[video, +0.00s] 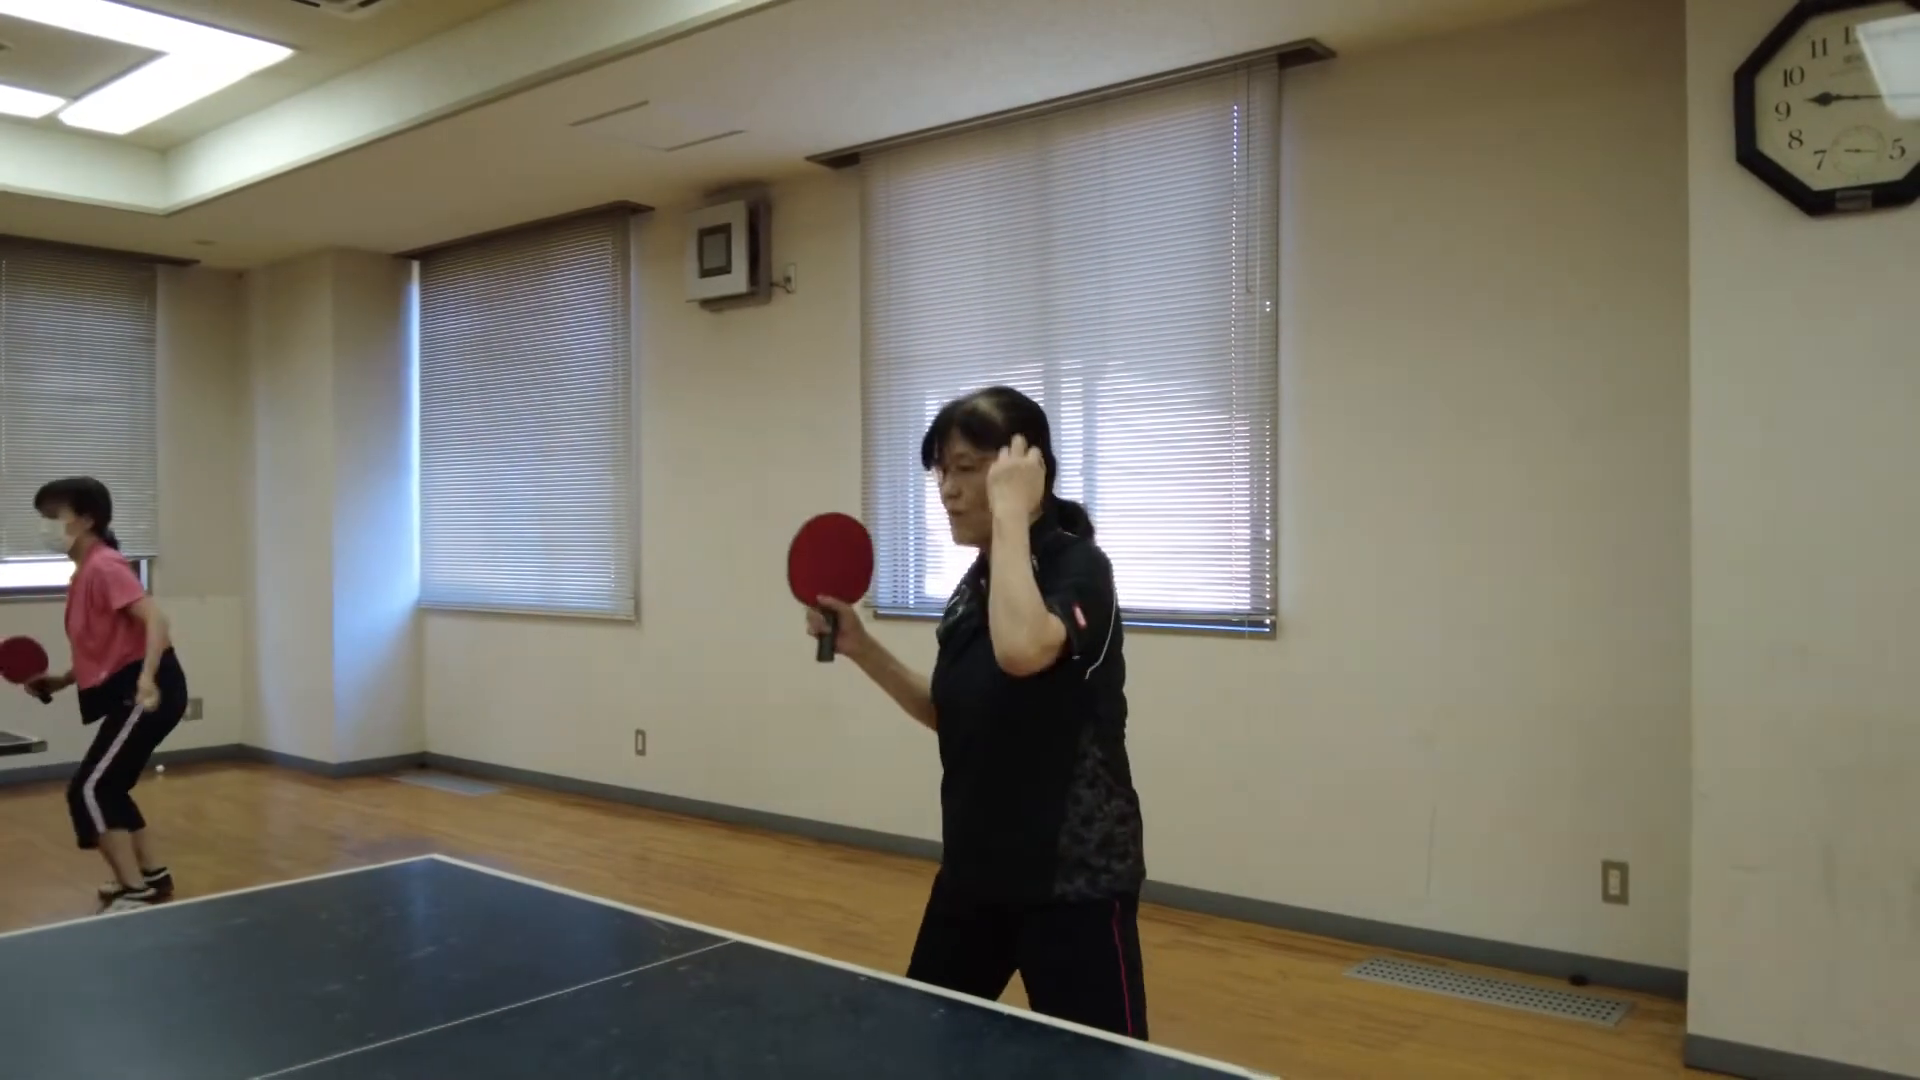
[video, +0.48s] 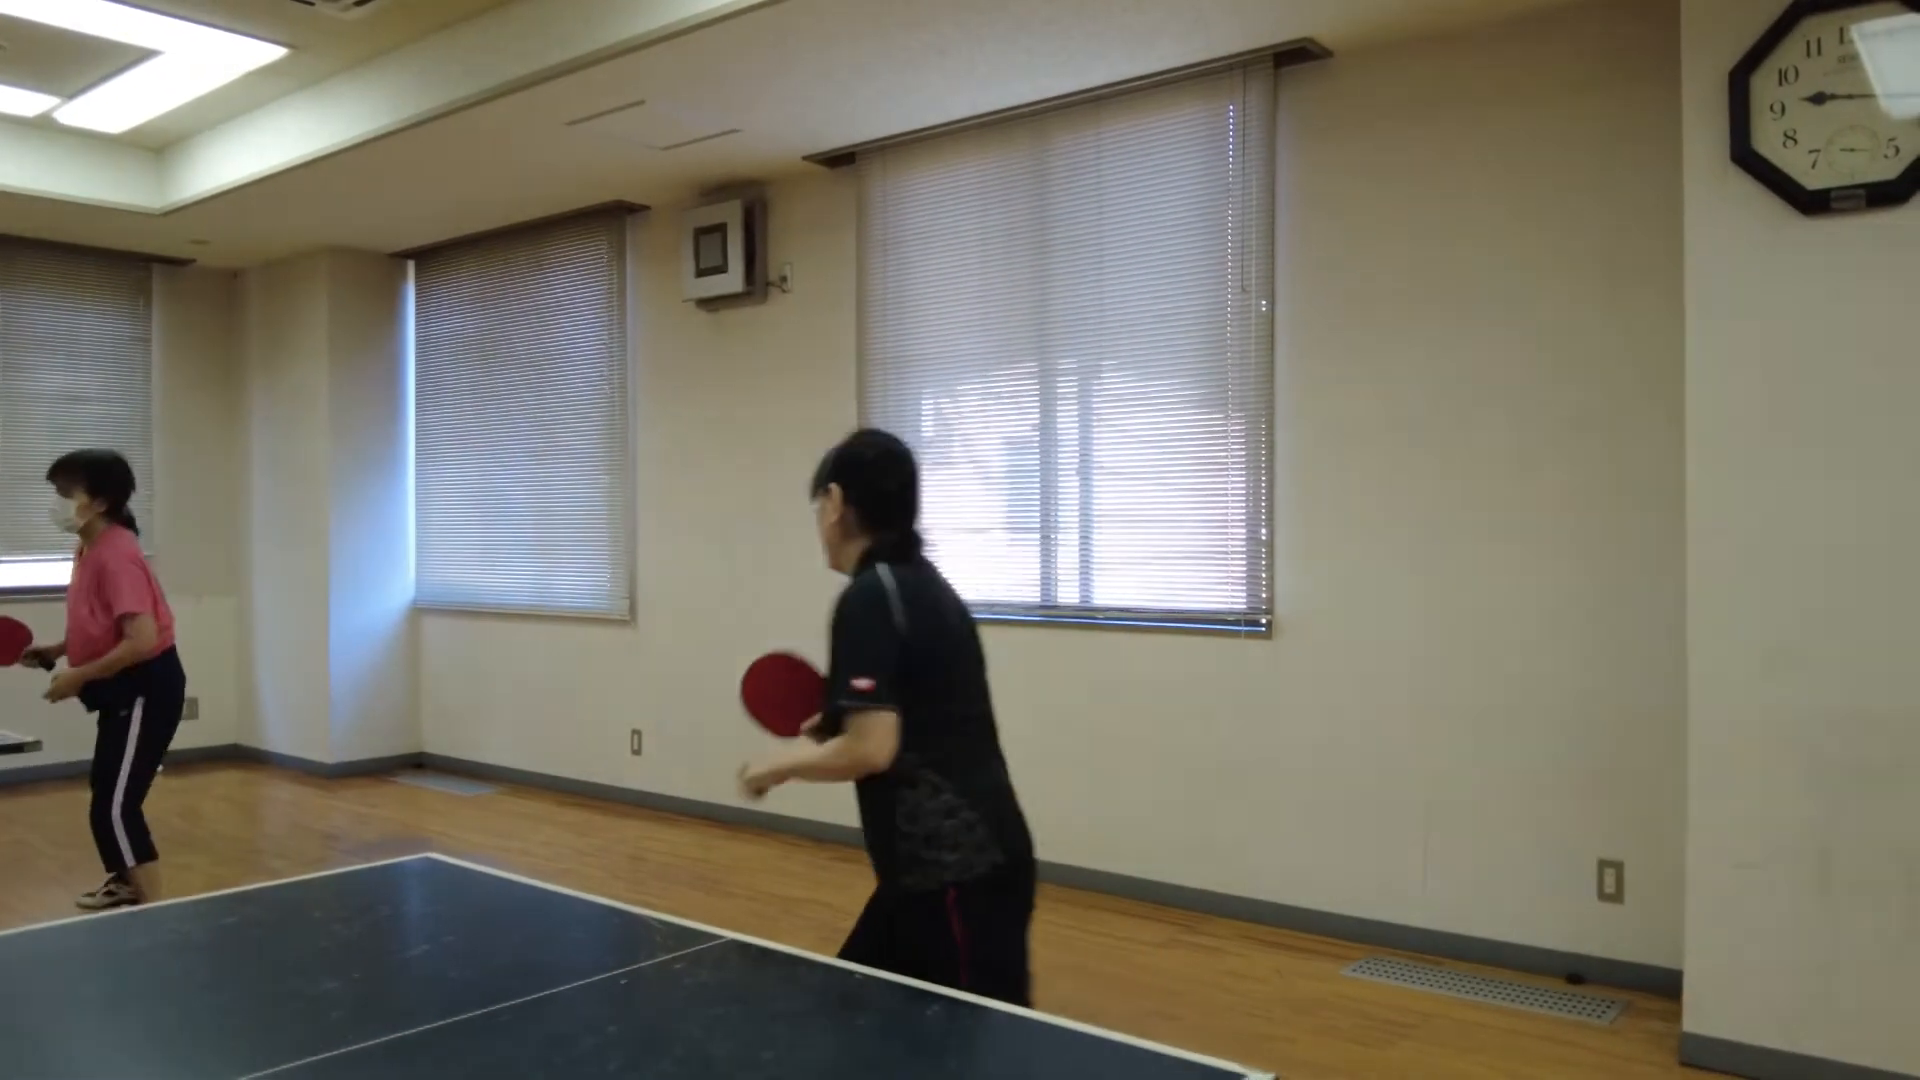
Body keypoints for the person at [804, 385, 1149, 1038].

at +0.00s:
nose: (946, 488)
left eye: (965, 470)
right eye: (941, 471)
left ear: (1021, 474)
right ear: (937, 476)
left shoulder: (1075, 565)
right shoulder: (975, 590)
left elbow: (1023, 648)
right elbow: (951, 713)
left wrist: (1013, 514)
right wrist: (862, 648)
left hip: (1074, 879)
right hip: (979, 869)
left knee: (1103, 1064)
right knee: (919, 1041)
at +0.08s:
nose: (937, 489)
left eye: (956, 468)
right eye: (931, 475)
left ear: (1018, 473)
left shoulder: (1064, 565)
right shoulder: (981, 584)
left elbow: (1029, 690)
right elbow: (963, 714)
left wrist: (984, 549)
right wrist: (875, 655)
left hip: (1077, 877)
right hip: (987, 869)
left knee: (1102, 1064)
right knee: (928, 1042)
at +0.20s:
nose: (911, 506)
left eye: (915, 485)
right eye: (910, 488)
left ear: (960, 482)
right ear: (962, 485)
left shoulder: (1031, 580)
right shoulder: (990, 585)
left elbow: (1028, 732)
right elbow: (994, 715)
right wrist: (887, 669)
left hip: (1068, 889)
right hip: (993, 876)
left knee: (1086, 1062)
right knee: (919, 1033)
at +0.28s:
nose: (893, 511)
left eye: (896, 491)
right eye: (894, 493)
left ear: (925, 494)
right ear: (949, 496)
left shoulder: (998, 589)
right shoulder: (969, 589)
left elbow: (1008, 746)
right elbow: (981, 720)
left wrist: (880, 716)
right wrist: (899, 693)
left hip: (1050, 890)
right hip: (983, 876)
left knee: (1064, 1060)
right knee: (894, 1021)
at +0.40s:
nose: (852, 518)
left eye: (855, 499)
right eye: (853, 500)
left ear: (879, 503)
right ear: (929, 502)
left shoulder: (924, 595)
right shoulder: (945, 587)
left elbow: (934, 751)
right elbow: (957, 717)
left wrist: (838, 738)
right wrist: (870, 703)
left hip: (992, 888)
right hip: (955, 879)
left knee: (1036, 1054)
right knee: (857, 1010)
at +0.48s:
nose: (817, 518)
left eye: (819, 500)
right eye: (819, 501)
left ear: (839, 506)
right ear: (898, 503)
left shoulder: (872, 596)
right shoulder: (925, 587)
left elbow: (871, 748)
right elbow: (937, 721)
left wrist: (783, 766)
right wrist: (841, 720)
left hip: (948, 876)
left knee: (982, 1050)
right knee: (842, 1010)